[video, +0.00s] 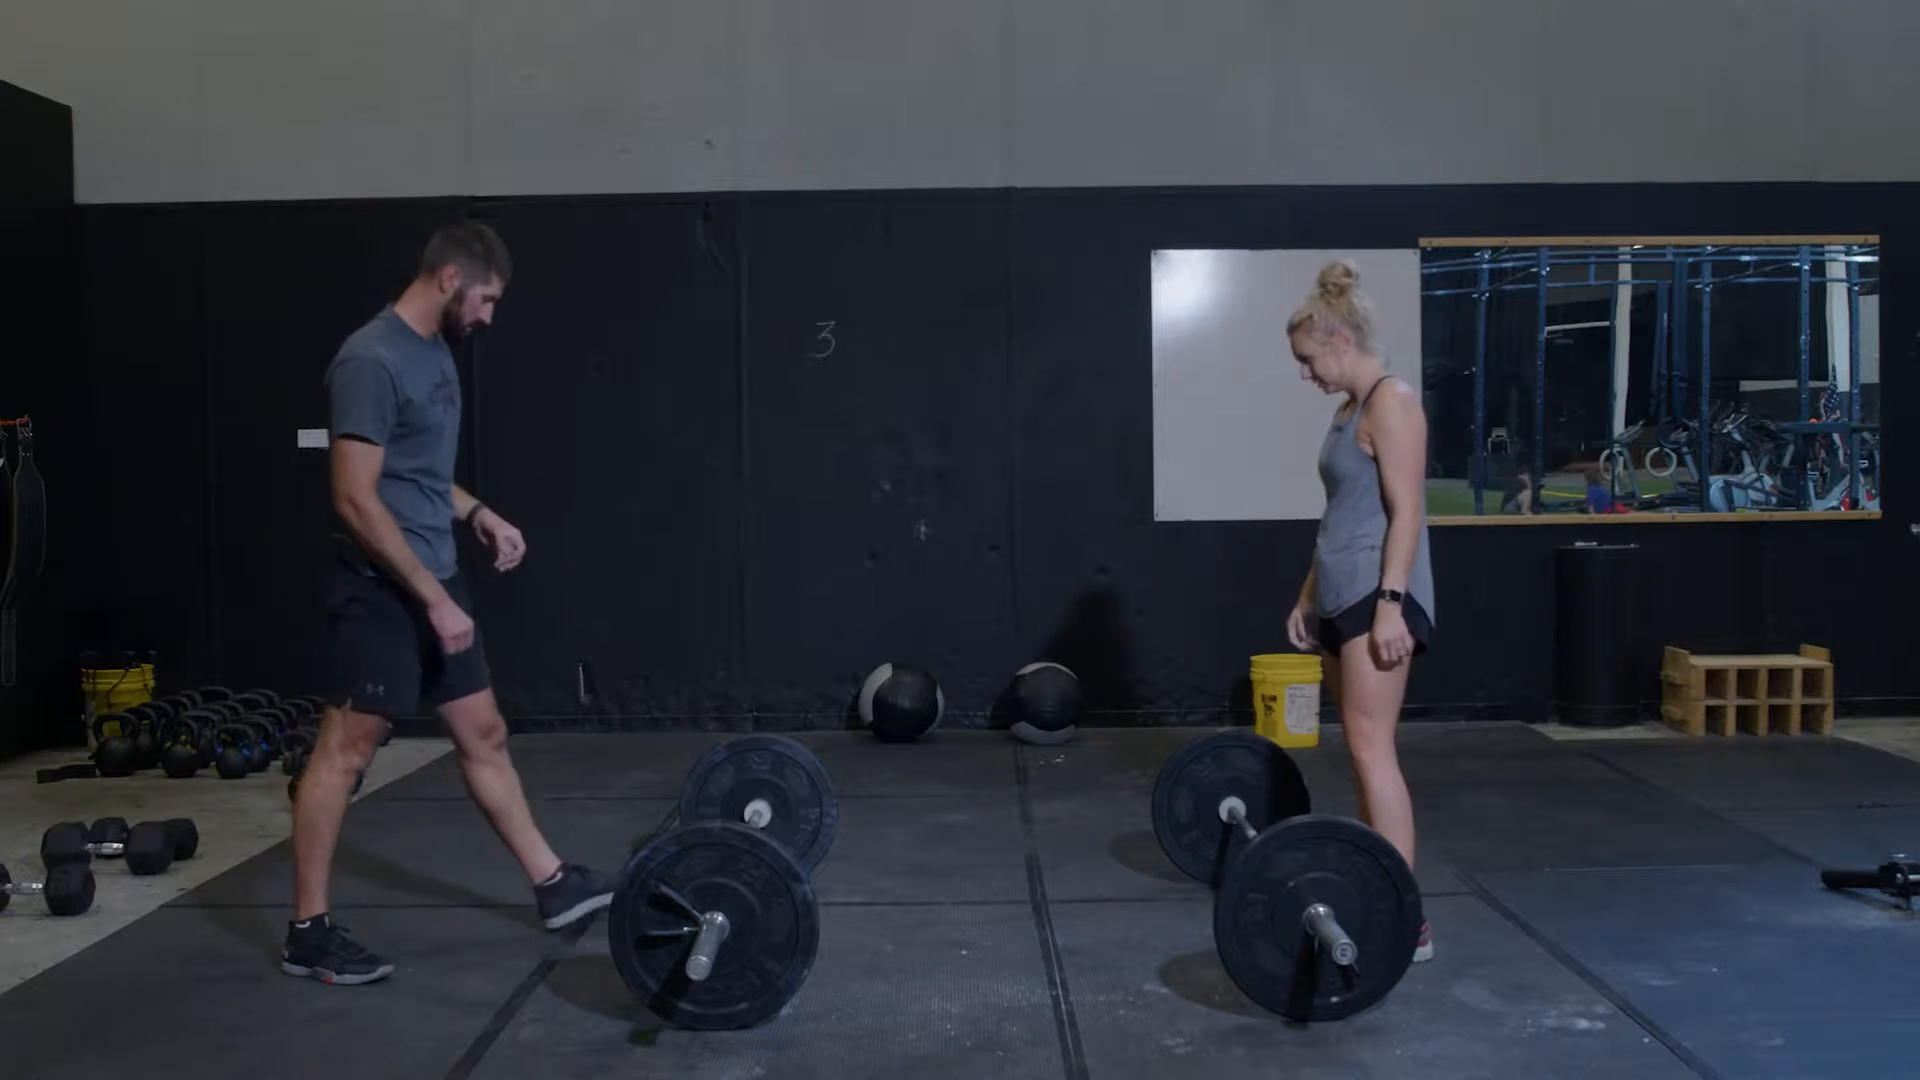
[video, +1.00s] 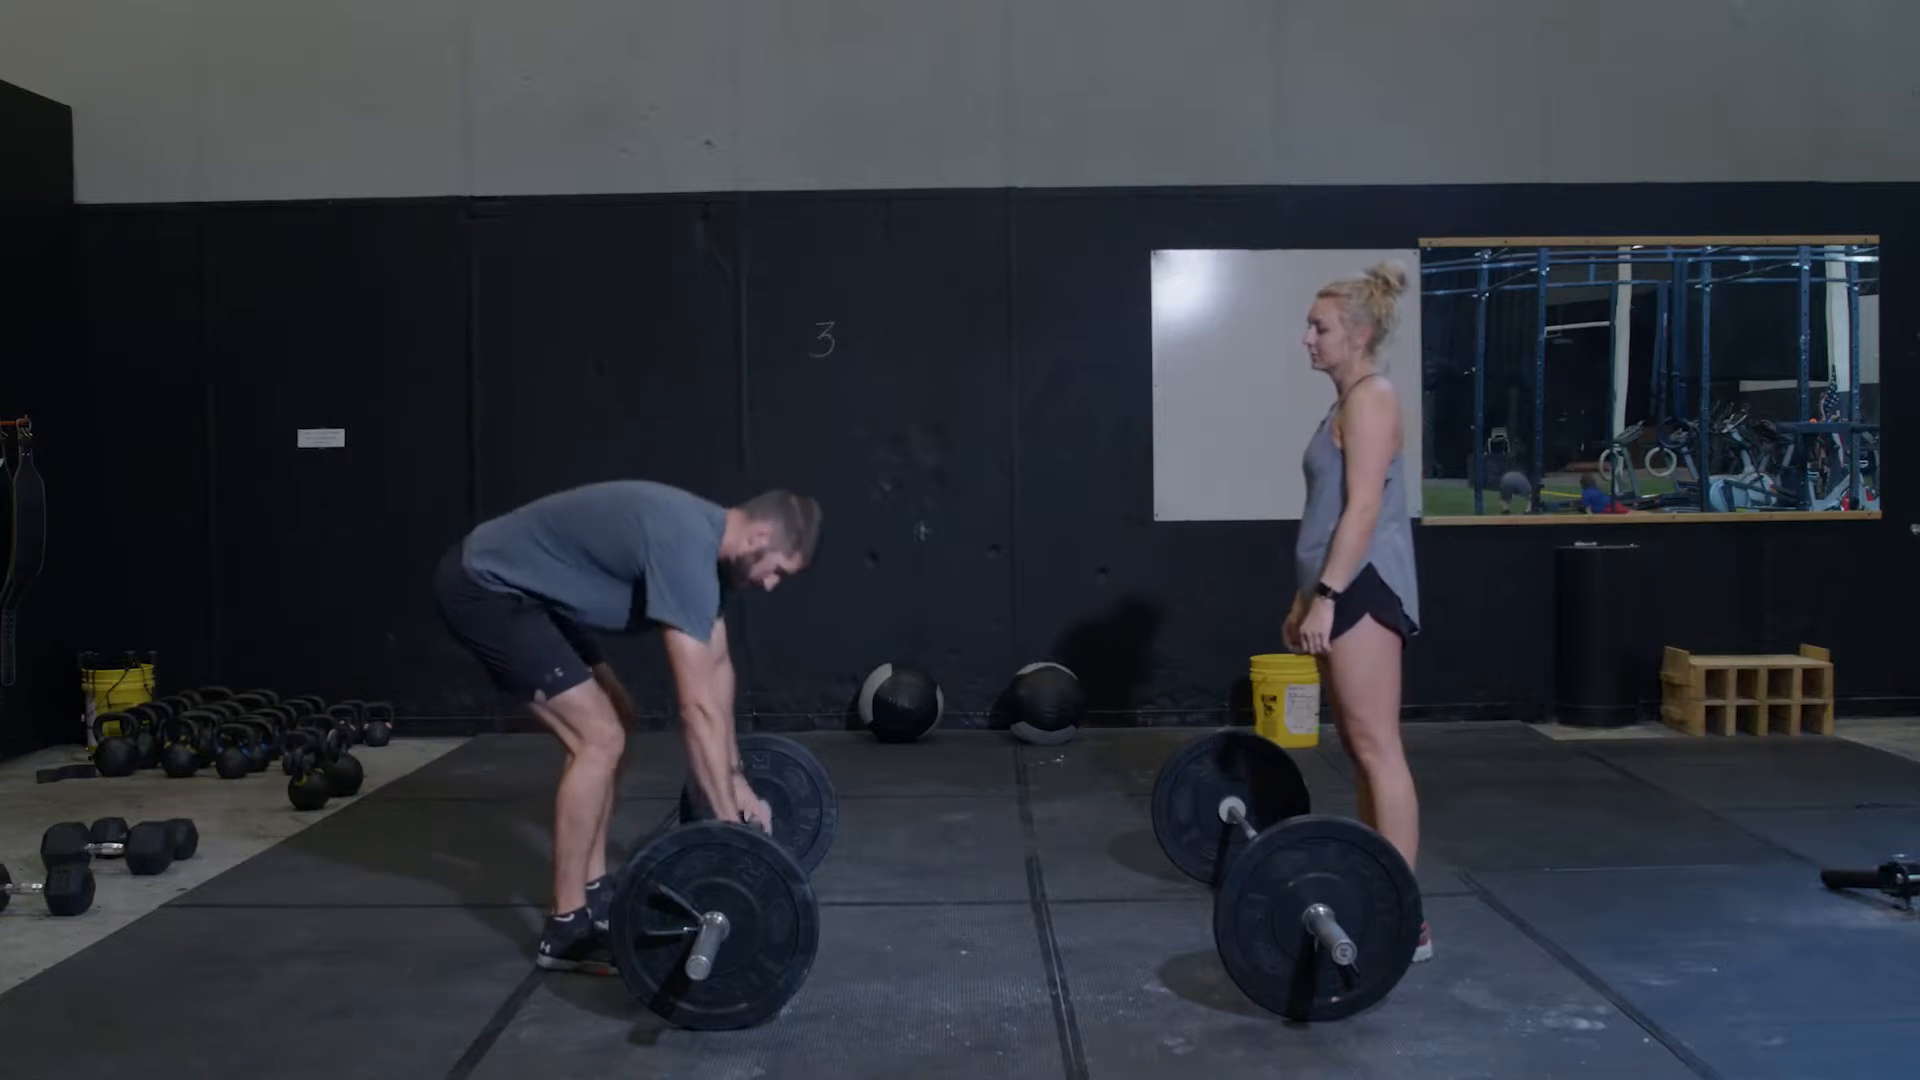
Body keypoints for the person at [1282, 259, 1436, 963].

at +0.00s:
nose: (1305, 372)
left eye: (1306, 359)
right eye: (1300, 362)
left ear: (1340, 339)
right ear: (1334, 342)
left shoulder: (1392, 401)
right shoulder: (1351, 410)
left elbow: (1407, 509)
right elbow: (1340, 521)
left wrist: (1390, 602)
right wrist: (1310, 595)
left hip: (1377, 595)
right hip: (1344, 595)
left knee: (1371, 748)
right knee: (1363, 748)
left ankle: (1400, 913)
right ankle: (1381, 903)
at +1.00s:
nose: (1308, 338)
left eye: (1320, 328)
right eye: (1309, 326)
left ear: (1359, 335)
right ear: (1345, 336)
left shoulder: (1371, 401)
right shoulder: (1347, 405)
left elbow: (1364, 510)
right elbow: (1334, 515)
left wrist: (1326, 594)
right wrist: (1307, 597)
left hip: (1367, 591)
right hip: (1346, 590)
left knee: (1378, 748)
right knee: (1364, 747)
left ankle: (1401, 911)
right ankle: (1380, 901)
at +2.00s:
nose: (1304, 340)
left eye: (1317, 330)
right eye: (1308, 328)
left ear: (1354, 341)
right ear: (1342, 342)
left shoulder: (1369, 407)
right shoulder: (1337, 409)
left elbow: (1364, 517)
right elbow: (1323, 516)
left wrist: (1325, 601)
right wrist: (1300, 592)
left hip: (1363, 596)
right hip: (1339, 594)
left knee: (1367, 751)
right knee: (1360, 750)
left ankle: (1400, 912)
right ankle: (1385, 904)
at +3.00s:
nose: (1315, 330)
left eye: (1328, 321)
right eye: (1319, 319)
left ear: (1365, 333)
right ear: (1356, 335)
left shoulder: (1374, 400)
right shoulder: (1355, 403)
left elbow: (1366, 507)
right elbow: (1341, 513)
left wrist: (1327, 592)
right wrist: (1313, 600)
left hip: (1368, 593)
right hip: (1349, 593)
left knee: (1379, 749)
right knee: (1365, 747)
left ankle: (1399, 912)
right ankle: (1378, 901)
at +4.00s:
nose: (1315, 333)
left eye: (1328, 324)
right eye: (1319, 322)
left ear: (1364, 337)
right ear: (1354, 338)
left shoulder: (1376, 404)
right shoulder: (1350, 407)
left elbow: (1370, 515)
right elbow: (1334, 516)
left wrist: (1331, 600)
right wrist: (1308, 593)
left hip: (1368, 596)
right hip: (1346, 594)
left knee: (1372, 751)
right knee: (1365, 751)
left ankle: (1399, 913)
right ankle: (1384, 906)